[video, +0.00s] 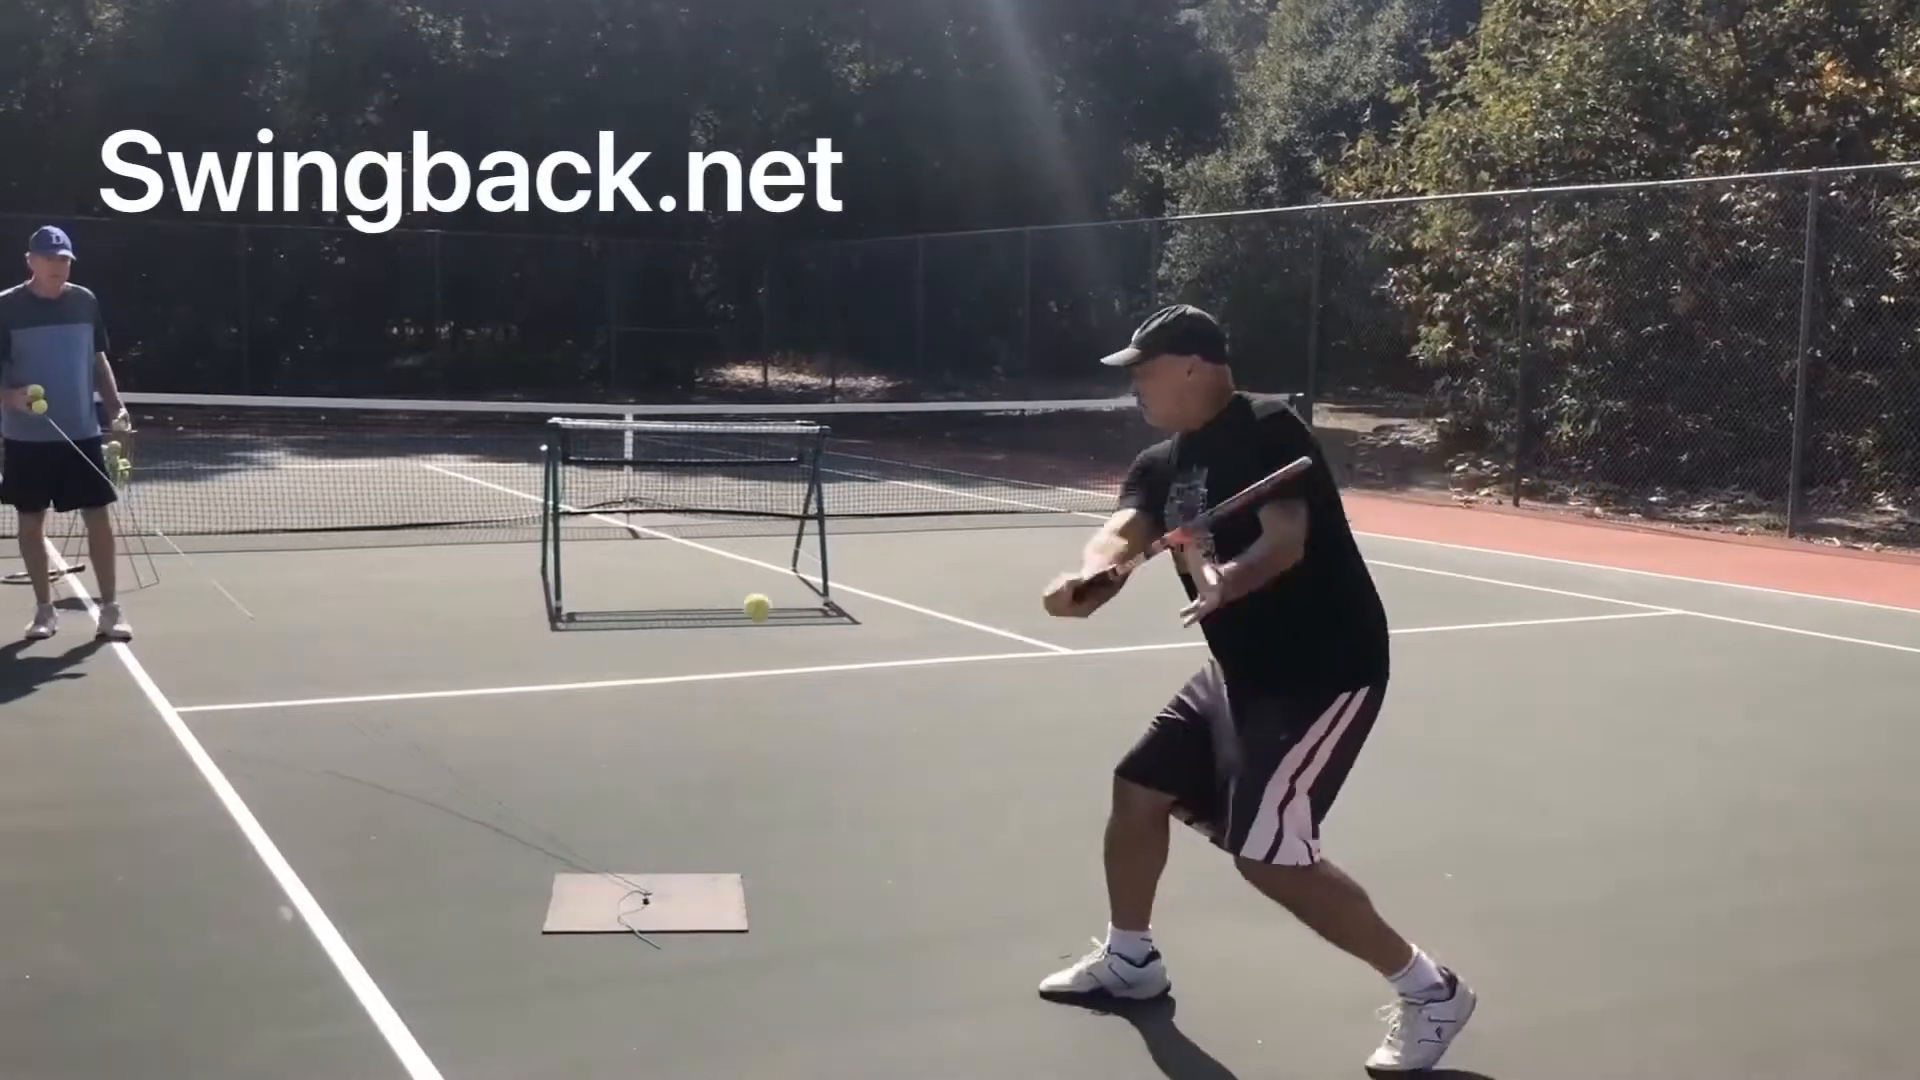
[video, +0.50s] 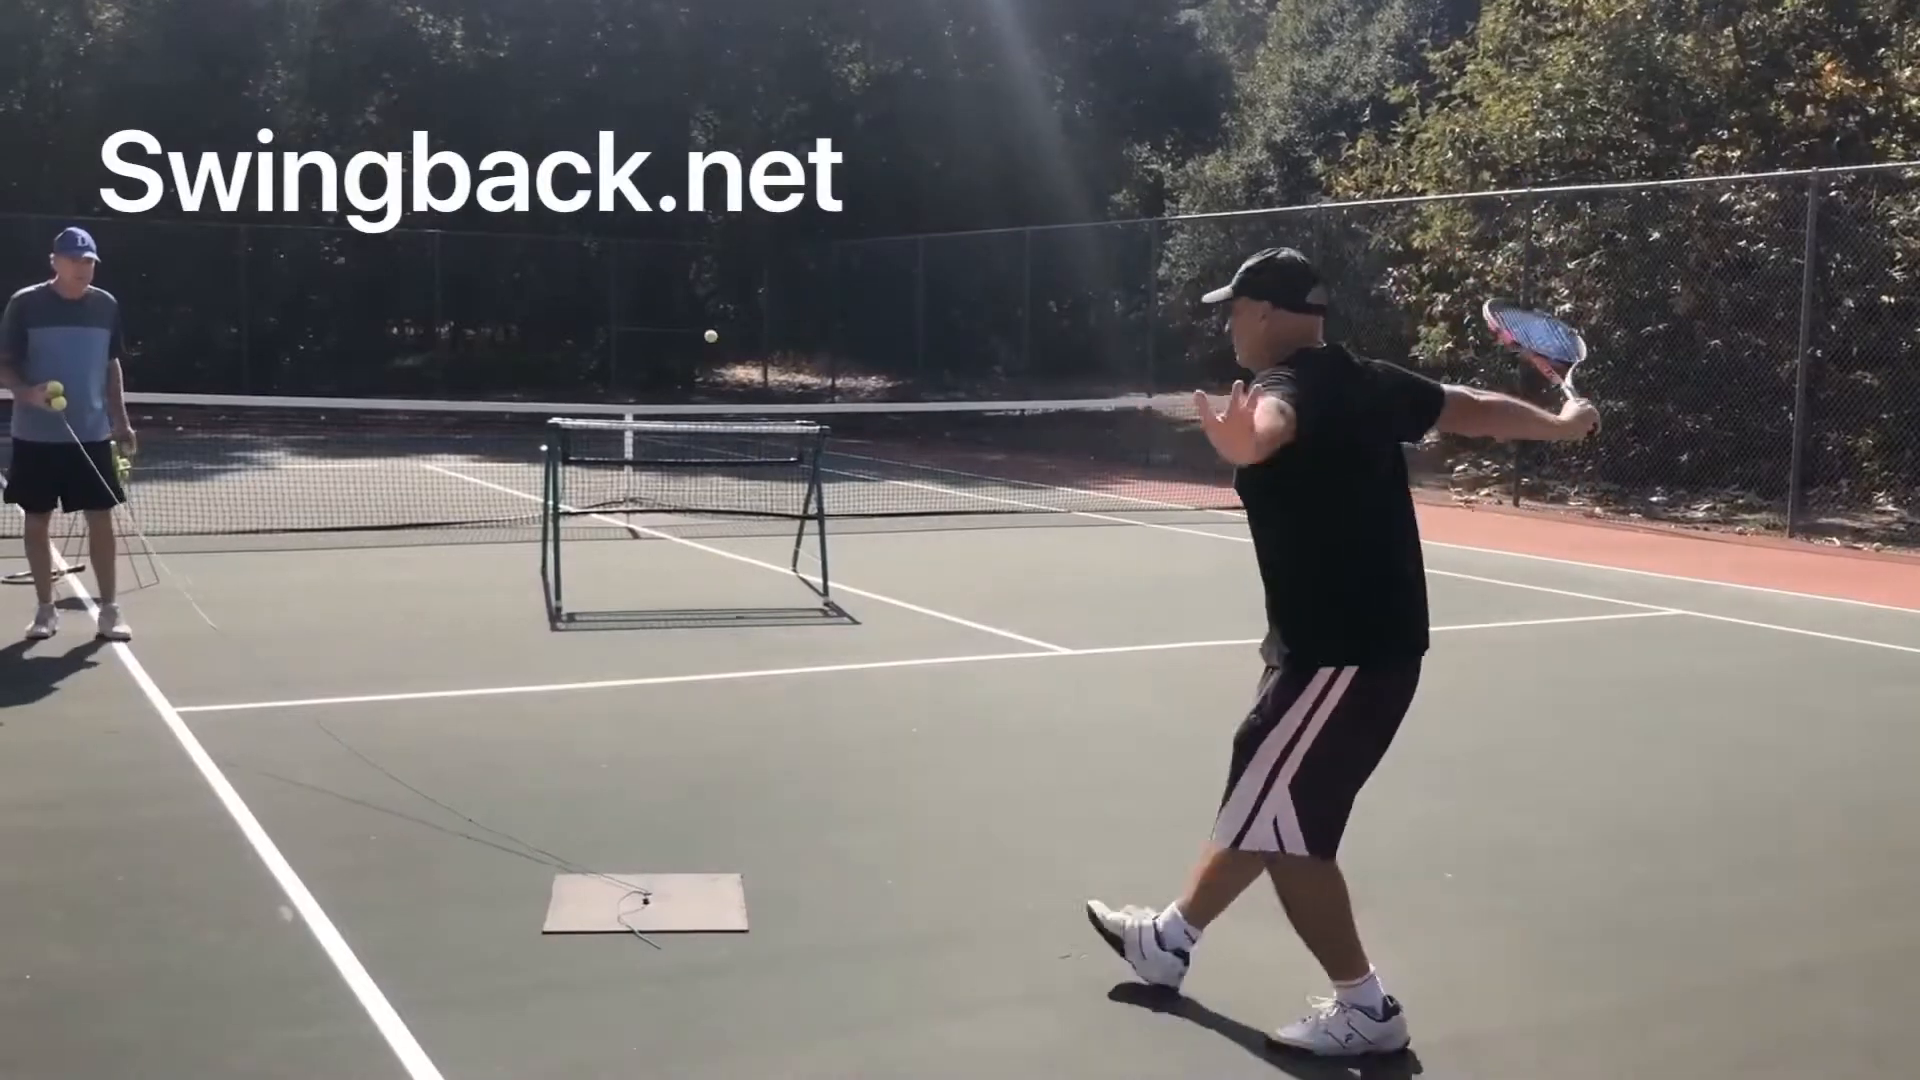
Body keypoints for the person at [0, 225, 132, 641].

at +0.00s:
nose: (59, 267)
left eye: (65, 259)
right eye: (51, 259)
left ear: (71, 262)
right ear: (31, 261)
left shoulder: (85, 301)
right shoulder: (7, 305)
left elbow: (98, 359)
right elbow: (2, 371)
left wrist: (117, 409)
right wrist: (10, 396)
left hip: (81, 435)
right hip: (26, 438)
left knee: (98, 517)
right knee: (30, 523)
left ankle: (109, 609)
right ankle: (44, 610)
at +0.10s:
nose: (61, 267)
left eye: (66, 259)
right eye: (53, 259)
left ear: (73, 262)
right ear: (32, 260)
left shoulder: (87, 302)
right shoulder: (7, 305)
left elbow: (99, 359)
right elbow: (2, 374)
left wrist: (118, 408)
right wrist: (12, 396)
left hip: (81, 437)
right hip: (26, 439)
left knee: (96, 518)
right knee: (31, 523)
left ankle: (108, 609)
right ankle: (44, 609)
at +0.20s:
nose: (65, 267)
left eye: (70, 259)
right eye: (56, 259)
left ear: (77, 261)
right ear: (37, 260)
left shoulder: (91, 302)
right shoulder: (9, 305)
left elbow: (102, 360)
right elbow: (3, 368)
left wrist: (121, 412)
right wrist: (16, 394)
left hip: (83, 437)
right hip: (27, 439)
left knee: (96, 519)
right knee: (32, 524)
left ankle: (108, 609)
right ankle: (45, 609)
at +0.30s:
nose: (70, 266)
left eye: (76, 259)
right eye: (62, 258)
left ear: (82, 262)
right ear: (43, 260)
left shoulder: (95, 303)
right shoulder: (13, 305)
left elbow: (105, 362)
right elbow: (2, 367)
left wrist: (122, 415)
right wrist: (20, 393)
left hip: (85, 437)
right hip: (30, 439)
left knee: (98, 520)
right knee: (33, 524)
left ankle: (108, 609)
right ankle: (45, 610)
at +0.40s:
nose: (77, 270)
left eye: (82, 262)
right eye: (68, 261)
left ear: (89, 265)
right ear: (49, 261)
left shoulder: (100, 304)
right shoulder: (18, 305)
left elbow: (107, 363)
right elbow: (4, 366)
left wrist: (121, 418)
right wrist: (23, 391)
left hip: (88, 437)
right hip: (33, 438)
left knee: (99, 519)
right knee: (35, 523)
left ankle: (108, 609)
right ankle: (45, 610)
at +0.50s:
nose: (82, 270)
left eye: (88, 262)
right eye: (74, 261)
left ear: (96, 265)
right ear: (55, 261)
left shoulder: (105, 306)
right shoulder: (24, 304)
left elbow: (111, 365)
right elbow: (6, 364)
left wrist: (121, 422)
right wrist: (27, 392)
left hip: (91, 437)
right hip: (36, 437)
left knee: (101, 519)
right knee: (37, 521)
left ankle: (109, 609)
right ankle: (45, 609)